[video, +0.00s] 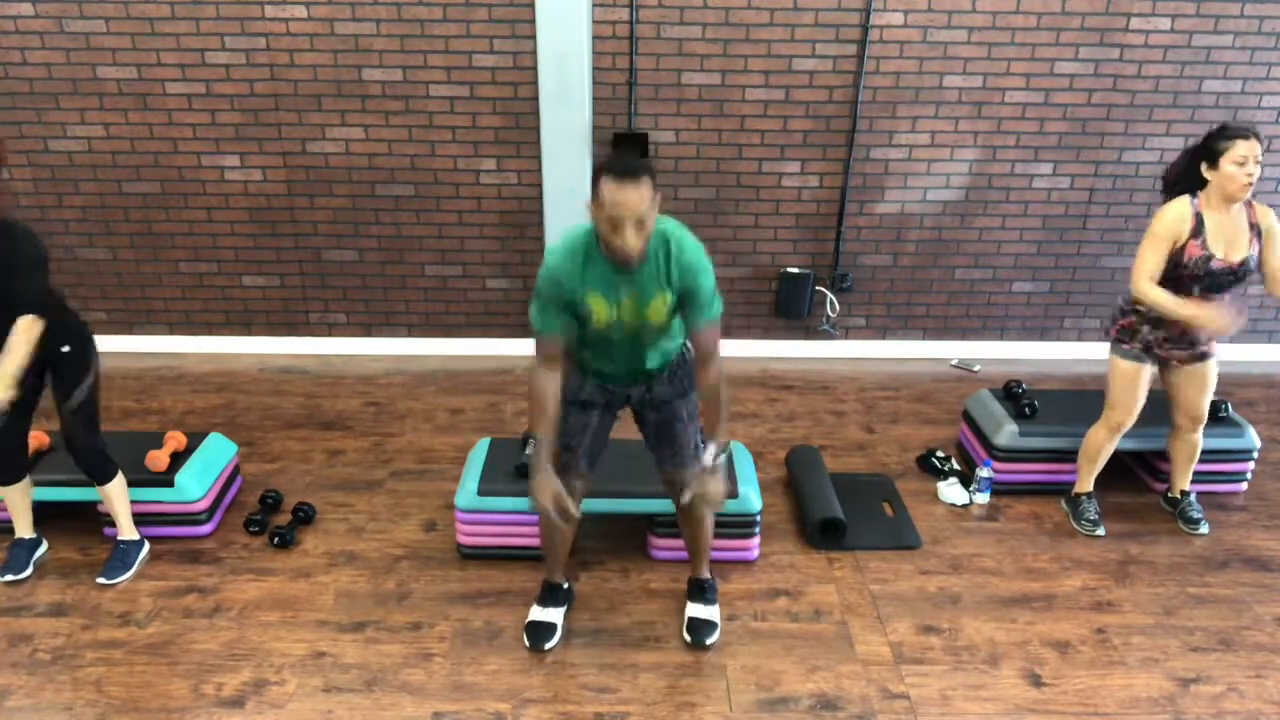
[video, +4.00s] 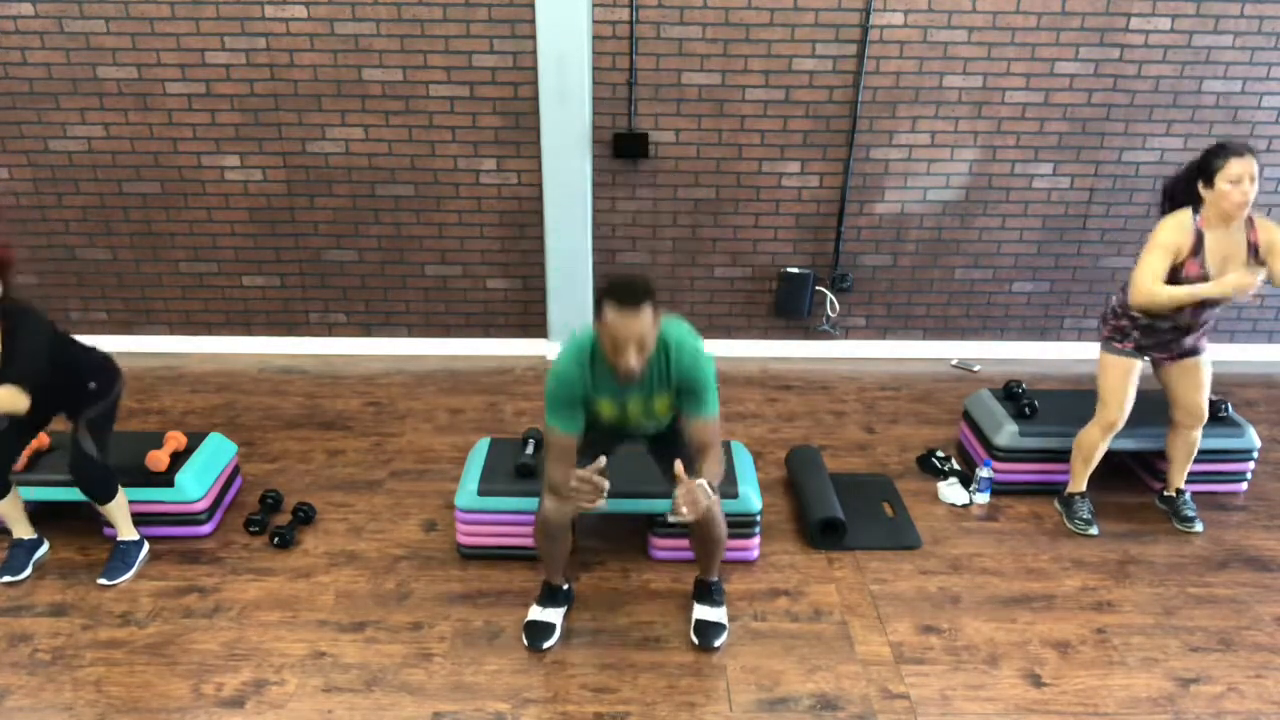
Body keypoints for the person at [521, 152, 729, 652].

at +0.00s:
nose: (629, 238)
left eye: (640, 222)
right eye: (615, 224)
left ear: (656, 209)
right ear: (594, 211)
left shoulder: (685, 255)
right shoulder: (563, 263)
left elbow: (709, 358)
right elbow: (547, 365)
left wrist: (716, 453)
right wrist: (540, 467)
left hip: (665, 372)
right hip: (588, 377)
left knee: (690, 483)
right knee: (561, 483)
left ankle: (702, 583)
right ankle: (554, 586)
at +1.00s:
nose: (622, 224)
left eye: (634, 210)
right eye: (610, 210)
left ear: (651, 192)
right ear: (588, 192)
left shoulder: (680, 238)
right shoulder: (555, 244)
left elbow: (734, 329)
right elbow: (506, 333)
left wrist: (765, 416)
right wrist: (484, 428)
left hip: (659, 367)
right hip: (582, 368)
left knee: (683, 484)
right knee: (561, 486)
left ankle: (701, 586)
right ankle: (554, 588)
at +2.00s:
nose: (622, 303)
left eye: (634, 288)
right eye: (608, 288)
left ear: (652, 271)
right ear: (589, 273)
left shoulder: (683, 306)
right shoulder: (564, 313)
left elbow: (710, 408)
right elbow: (544, 410)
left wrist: (707, 501)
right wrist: (545, 500)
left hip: (663, 395)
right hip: (590, 398)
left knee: (690, 492)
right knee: (558, 497)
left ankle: (704, 584)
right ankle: (556, 585)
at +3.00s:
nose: (629, 172)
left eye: (640, 157)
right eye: (615, 158)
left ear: (655, 156)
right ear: (592, 158)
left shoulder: (685, 216)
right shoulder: (557, 223)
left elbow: (742, 294)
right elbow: (510, 301)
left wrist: (778, 375)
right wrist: (470, 387)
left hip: (662, 363)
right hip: (584, 363)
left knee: (684, 479)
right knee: (566, 482)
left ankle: (708, 584)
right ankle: (554, 588)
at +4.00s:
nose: (629, 361)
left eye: (641, 345)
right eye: (616, 345)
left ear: (656, 327)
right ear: (599, 327)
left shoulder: (685, 350)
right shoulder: (571, 365)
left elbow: (710, 448)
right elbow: (556, 464)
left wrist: (703, 488)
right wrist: (570, 485)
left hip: (665, 427)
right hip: (596, 428)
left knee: (706, 506)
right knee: (553, 510)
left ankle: (709, 589)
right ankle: (554, 591)